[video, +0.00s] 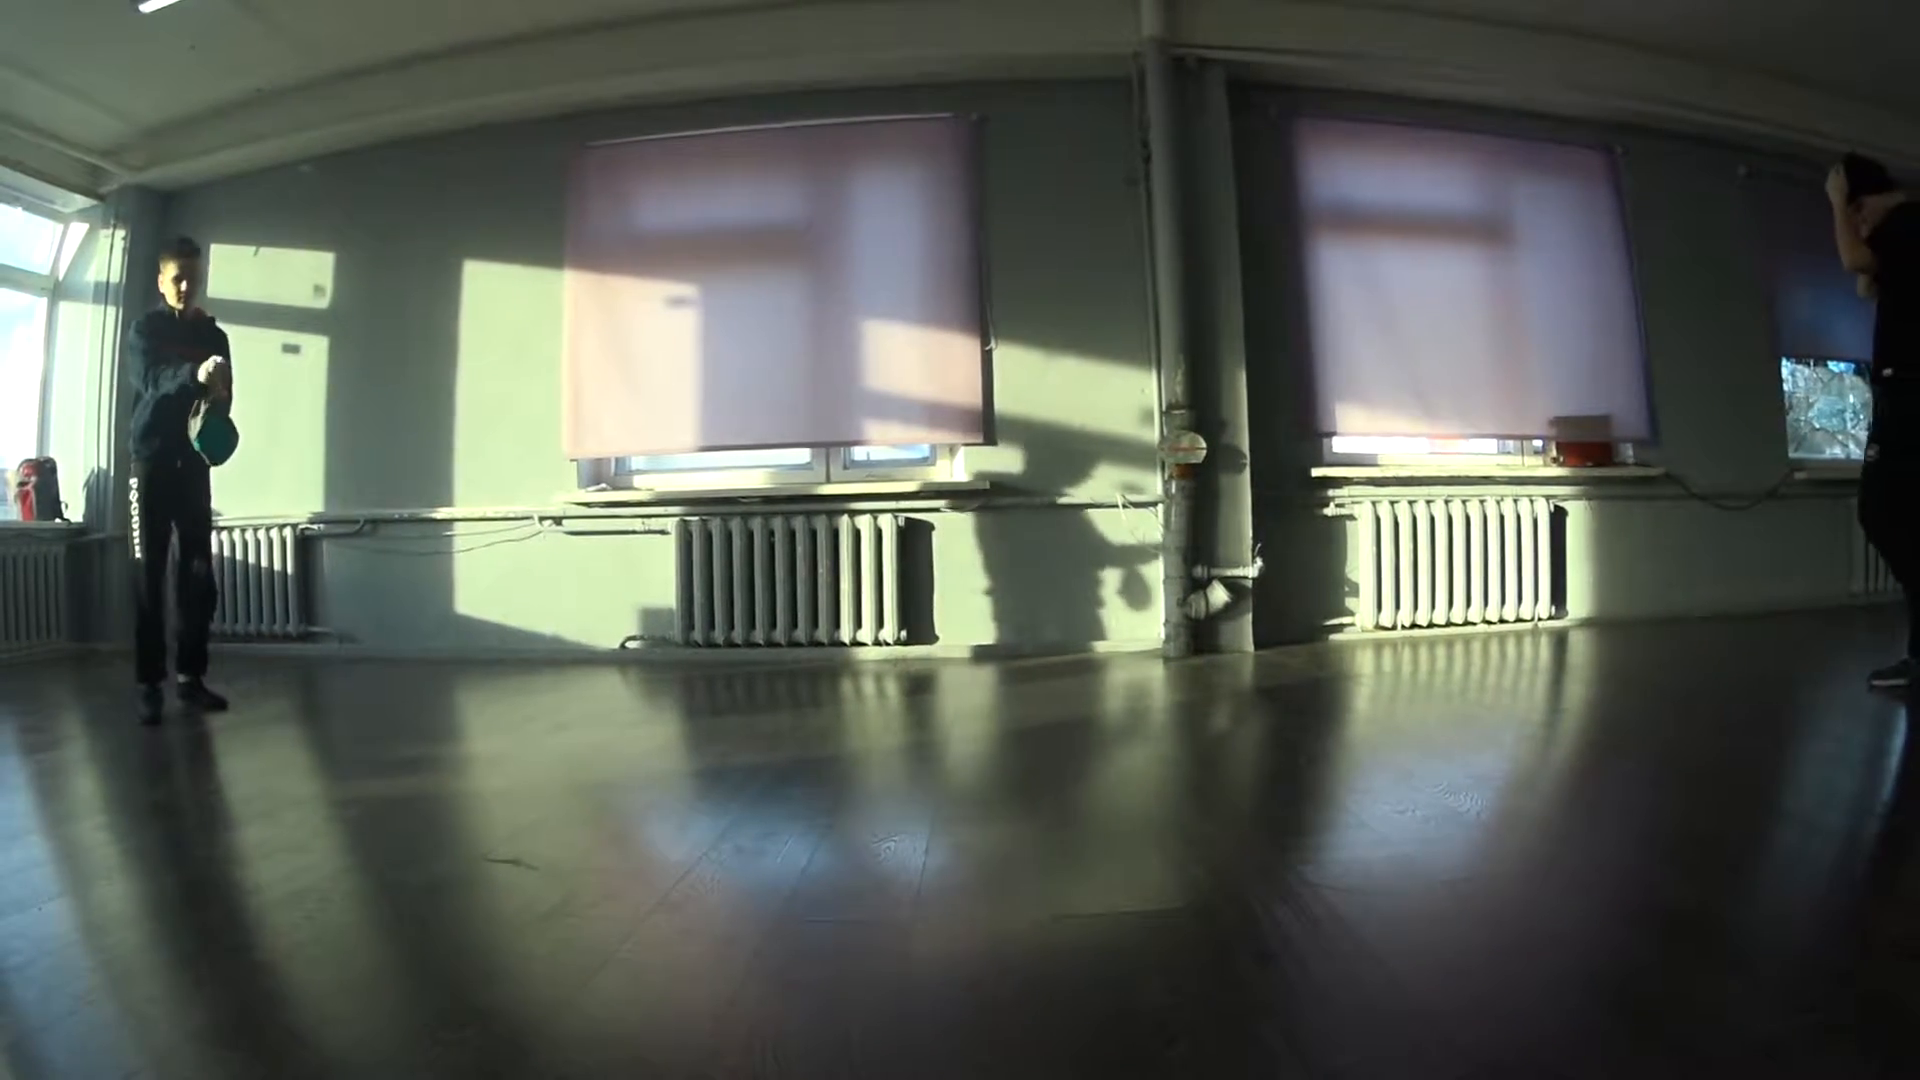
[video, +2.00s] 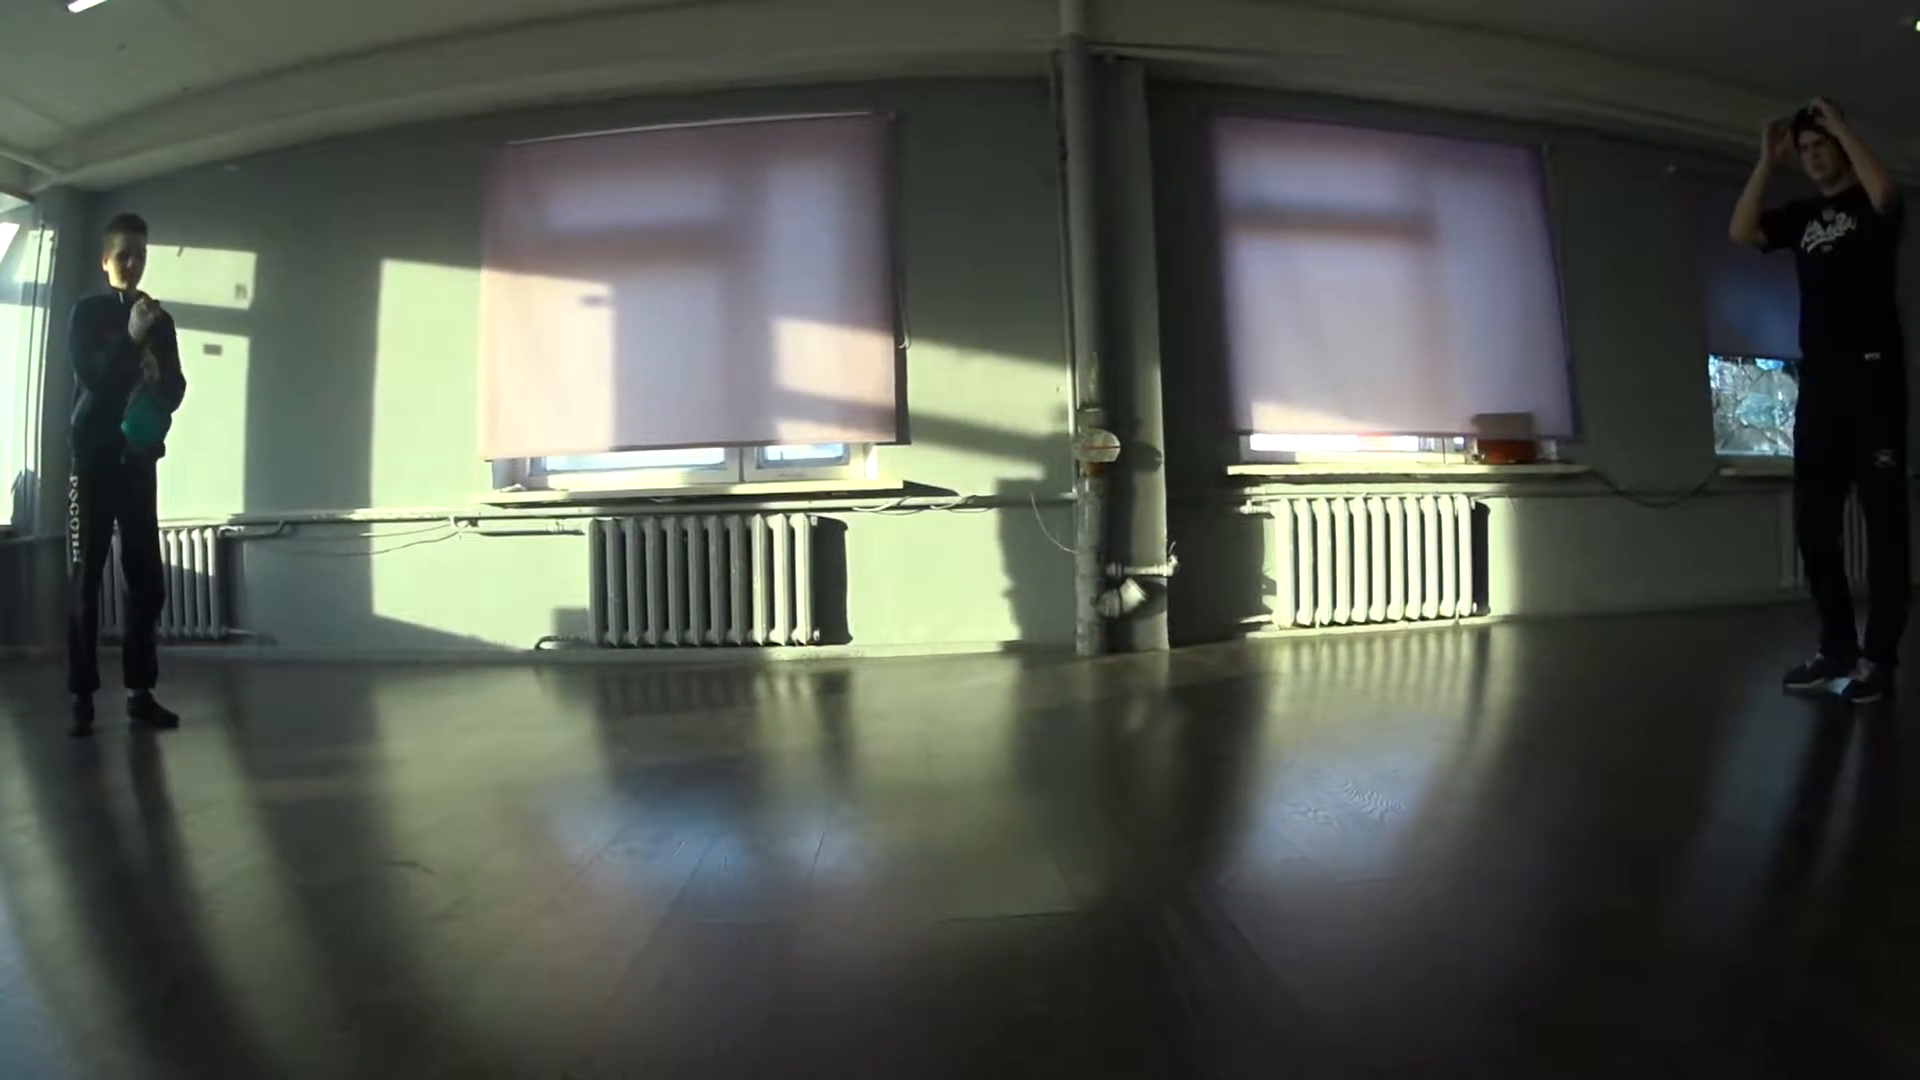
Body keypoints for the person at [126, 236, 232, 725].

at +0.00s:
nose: (182, 286)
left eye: (190, 278)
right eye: (174, 278)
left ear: (202, 278)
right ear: (160, 279)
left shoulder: (214, 335)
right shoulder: (144, 328)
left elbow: (221, 400)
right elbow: (149, 379)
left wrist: (218, 408)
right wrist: (196, 373)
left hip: (194, 461)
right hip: (149, 459)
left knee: (199, 569)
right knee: (149, 569)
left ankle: (191, 679)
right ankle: (150, 685)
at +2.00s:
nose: (131, 263)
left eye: (138, 255)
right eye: (122, 255)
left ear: (146, 258)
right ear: (104, 260)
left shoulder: (159, 318)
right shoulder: (89, 311)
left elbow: (176, 391)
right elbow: (93, 376)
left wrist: (157, 380)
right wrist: (133, 335)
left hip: (139, 455)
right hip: (92, 452)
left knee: (146, 575)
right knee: (87, 573)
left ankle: (140, 693)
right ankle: (82, 697)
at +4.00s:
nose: (125, 256)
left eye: (130, 247)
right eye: (115, 247)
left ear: (137, 253)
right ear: (92, 252)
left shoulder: (140, 315)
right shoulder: (67, 311)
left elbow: (154, 382)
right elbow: (38, 385)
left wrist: (144, 402)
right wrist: (87, 397)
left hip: (124, 456)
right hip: (78, 455)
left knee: (133, 576)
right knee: (74, 575)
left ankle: (127, 697)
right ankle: (68, 700)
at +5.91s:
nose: (111, 256)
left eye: (118, 247)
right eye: (102, 248)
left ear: (127, 252)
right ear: (83, 253)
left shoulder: (138, 314)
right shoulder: (63, 311)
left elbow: (152, 390)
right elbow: (39, 388)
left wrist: (132, 396)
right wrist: (79, 384)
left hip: (114, 456)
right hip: (66, 456)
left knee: (120, 576)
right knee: (60, 579)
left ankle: (119, 696)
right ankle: (60, 700)